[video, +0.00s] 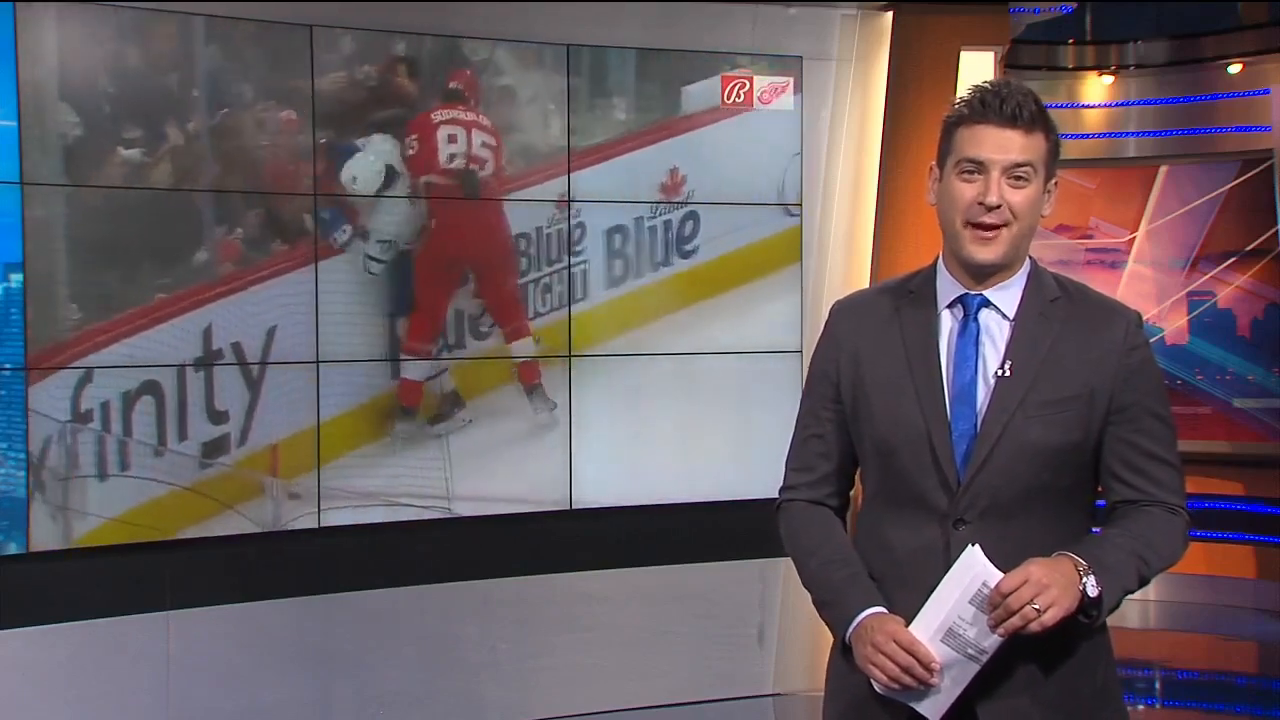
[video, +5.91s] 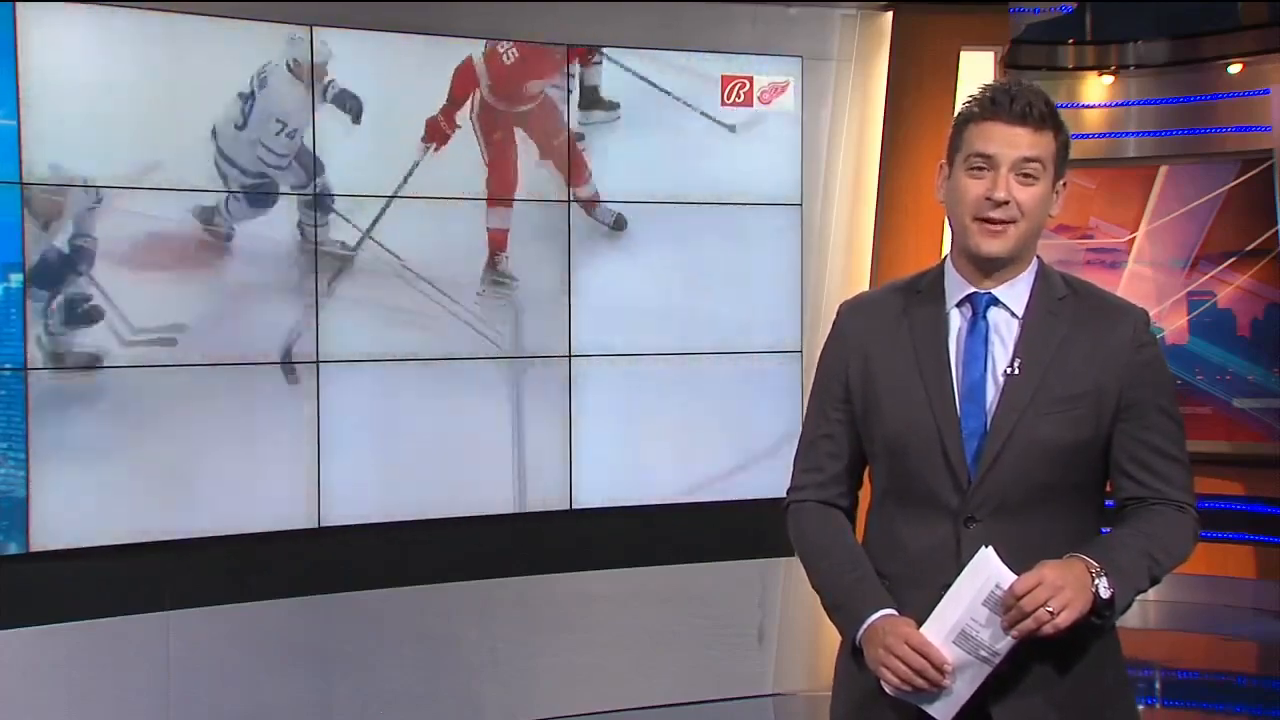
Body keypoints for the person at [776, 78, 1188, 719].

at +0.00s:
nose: (991, 197)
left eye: (1017, 177)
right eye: (970, 172)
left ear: (1047, 196)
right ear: (936, 185)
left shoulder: (1109, 336)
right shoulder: (857, 326)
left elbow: (1156, 512)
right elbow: (807, 499)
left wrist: (1082, 571)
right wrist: (860, 617)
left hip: (1046, 692)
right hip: (883, 688)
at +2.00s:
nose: (998, 196)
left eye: (1021, 175)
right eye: (974, 174)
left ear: (1050, 192)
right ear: (938, 193)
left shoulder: (1119, 333)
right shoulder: (867, 327)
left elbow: (1166, 507)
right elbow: (819, 499)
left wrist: (1095, 569)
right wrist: (873, 616)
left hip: (1057, 688)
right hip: (894, 686)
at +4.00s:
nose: (1001, 189)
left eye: (1027, 172)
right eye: (980, 165)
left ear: (1054, 197)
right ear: (944, 183)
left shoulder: (1119, 337)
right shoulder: (866, 327)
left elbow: (1164, 512)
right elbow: (817, 501)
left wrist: (1093, 574)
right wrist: (870, 620)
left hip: (1056, 692)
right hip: (892, 687)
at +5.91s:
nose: (999, 192)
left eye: (1026, 174)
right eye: (979, 167)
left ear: (1055, 196)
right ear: (944, 182)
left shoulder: (1119, 336)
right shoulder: (864, 327)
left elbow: (1165, 510)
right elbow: (815, 500)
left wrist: (1095, 572)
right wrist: (870, 619)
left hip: (1056, 691)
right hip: (892, 688)